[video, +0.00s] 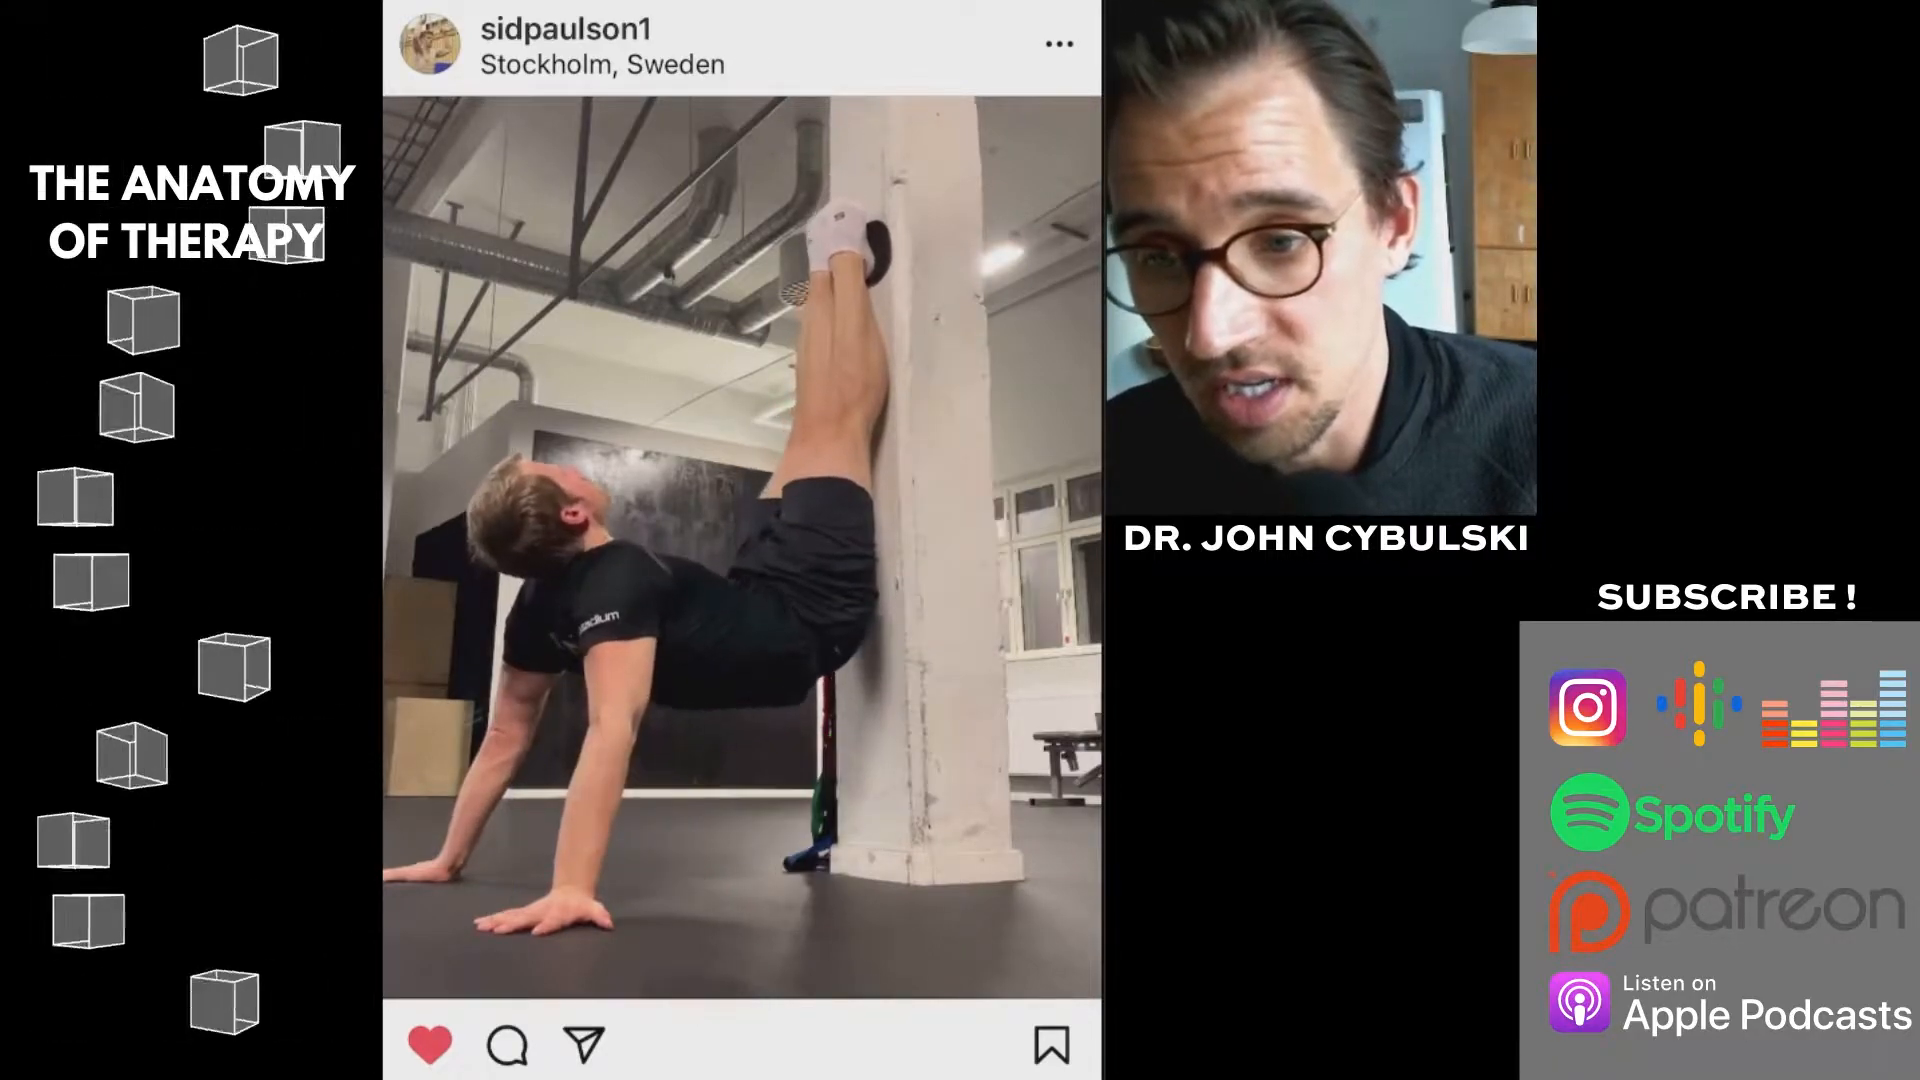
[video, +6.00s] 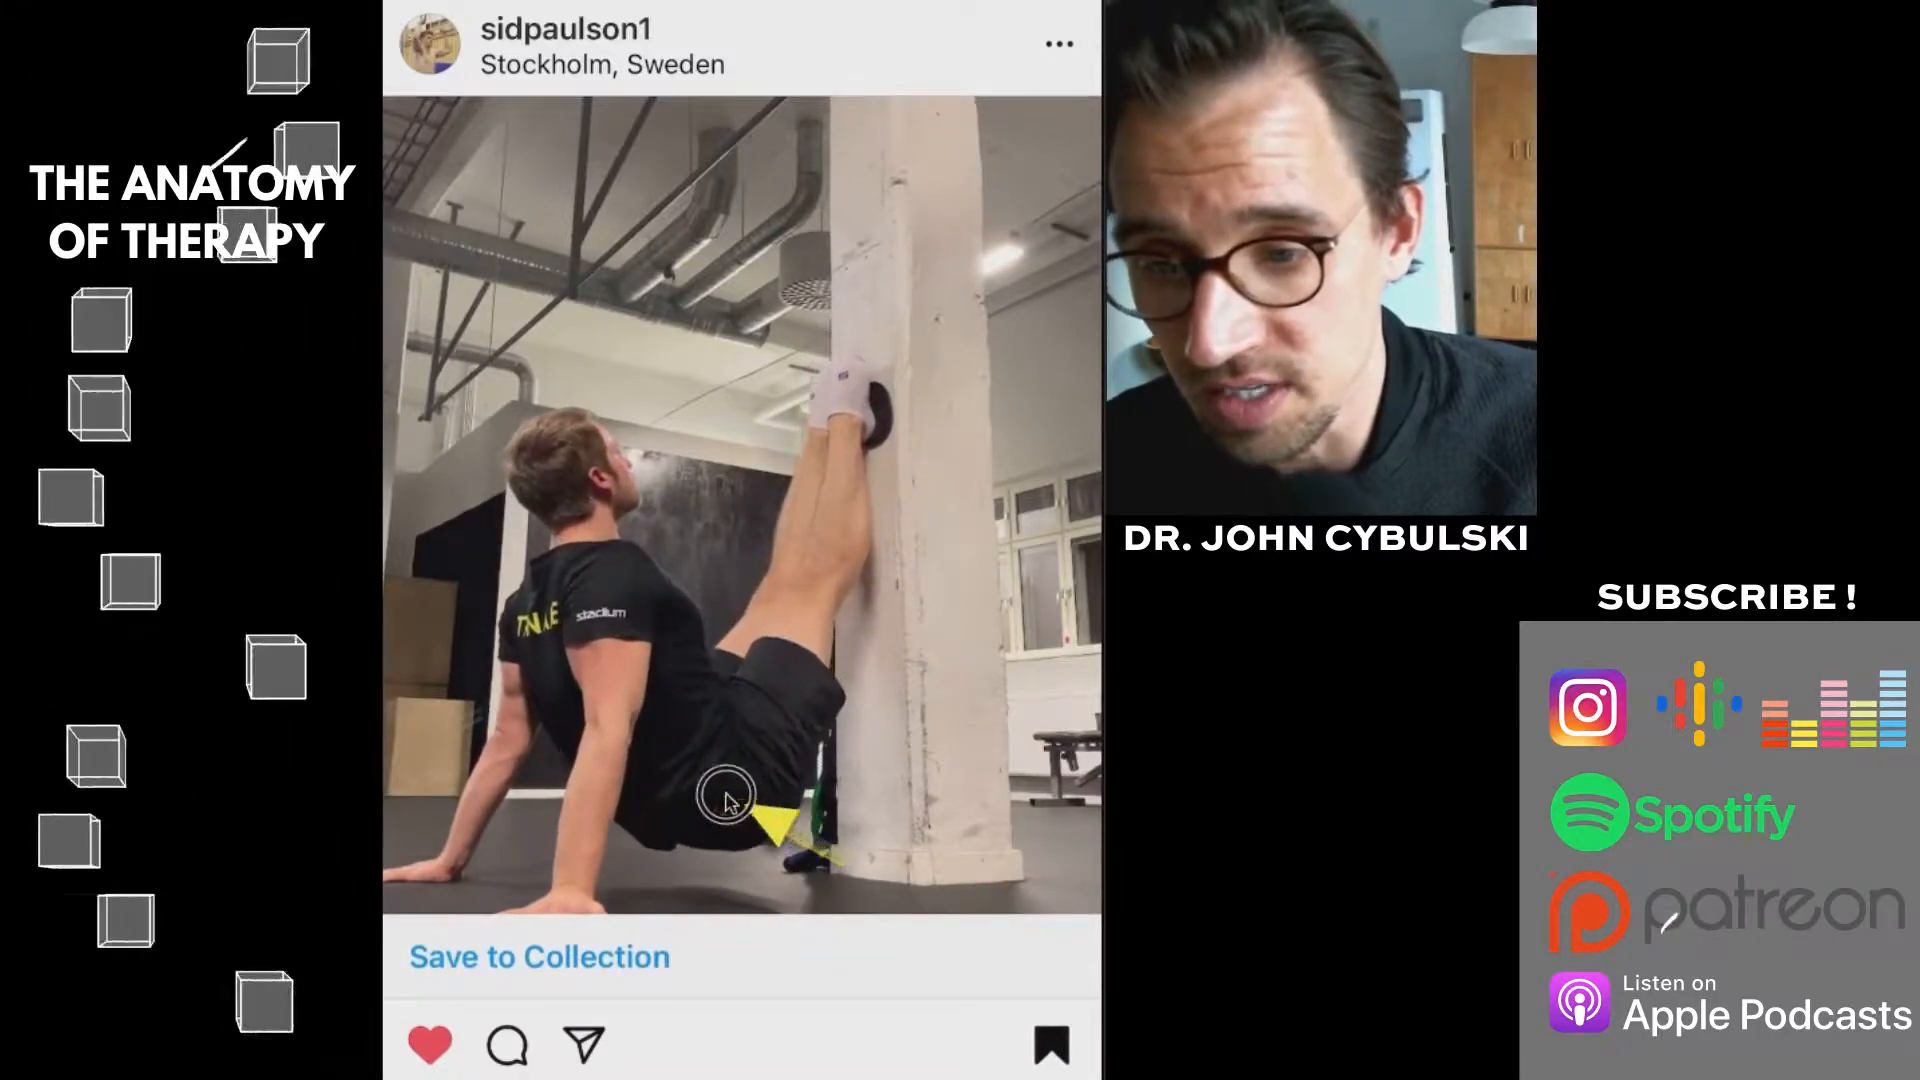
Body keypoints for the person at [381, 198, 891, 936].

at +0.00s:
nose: (575, 465)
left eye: (557, 465)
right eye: (563, 472)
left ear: (545, 541)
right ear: (572, 515)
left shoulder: (537, 606)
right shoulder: (618, 581)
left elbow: (506, 738)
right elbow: (611, 729)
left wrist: (448, 859)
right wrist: (572, 887)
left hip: (761, 609)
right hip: (810, 614)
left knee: (813, 416)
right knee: (844, 414)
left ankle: (824, 277)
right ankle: (846, 259)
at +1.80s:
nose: (596, 465)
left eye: (579, 459)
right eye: (584, 466)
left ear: (538, 536)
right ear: (590, 509)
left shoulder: (534, 606)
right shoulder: (619, 576)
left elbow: (506, 745)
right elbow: (611, 734)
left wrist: (448, 860)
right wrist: (573, 887)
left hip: (749, 711)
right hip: (800, 689)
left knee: (807, 491)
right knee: (840, 483)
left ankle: (827, 330)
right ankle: (846, 324)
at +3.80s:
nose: (623, 461)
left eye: (611, 451)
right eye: (612, 455)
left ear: (545, 511)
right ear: (600, 485)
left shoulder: (531, 604)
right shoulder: (621, 574)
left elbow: (508, 742)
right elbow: (612, 729)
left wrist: (449, 859)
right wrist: (572, 888)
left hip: (701, 772)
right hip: (769, 743)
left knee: (792, 537)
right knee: (829, 535)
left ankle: (826, 384)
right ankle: (847, 378)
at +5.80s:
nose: (627, 461)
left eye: (617, 449)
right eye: (616, 454)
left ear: (542, 501)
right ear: (600, 480)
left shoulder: (523, 603)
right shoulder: (613, 572)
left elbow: (508, 742)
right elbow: (606, 730)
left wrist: (450, 859)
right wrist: (573, 888)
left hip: (673, 808)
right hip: (744, 783)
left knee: (783, 583)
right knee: (817, 576)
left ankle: (825, 421)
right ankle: (846, 423)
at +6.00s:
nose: (628, 461)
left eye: (618, 449)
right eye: (616, 454)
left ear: (541, 501)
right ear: (600, 479)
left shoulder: (522, 602)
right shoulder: (613, 571)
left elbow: (508, 744)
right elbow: (605, 730)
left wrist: (450, 859)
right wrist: (572, 889)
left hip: (665, 806)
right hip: (732, 782)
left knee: (782, 585)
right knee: (816, 581)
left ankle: (825, 425)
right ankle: (846, 429)